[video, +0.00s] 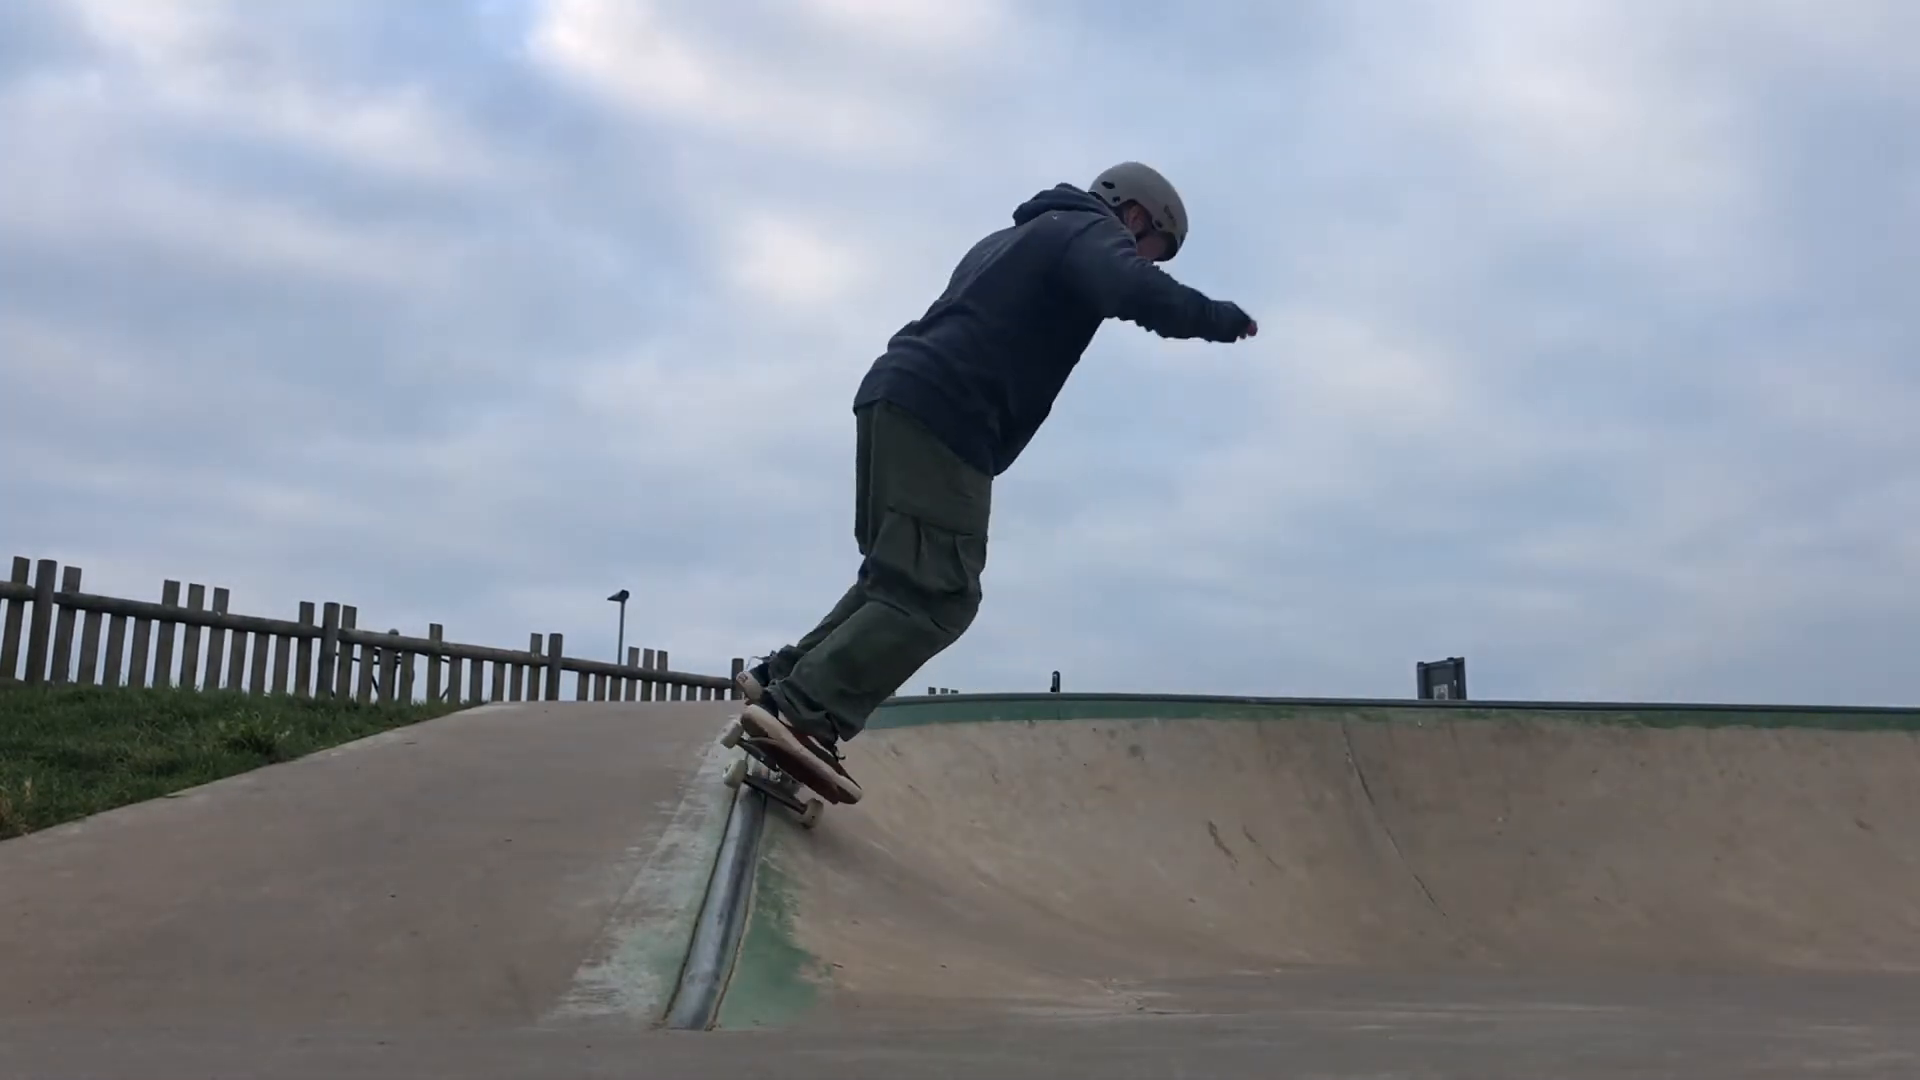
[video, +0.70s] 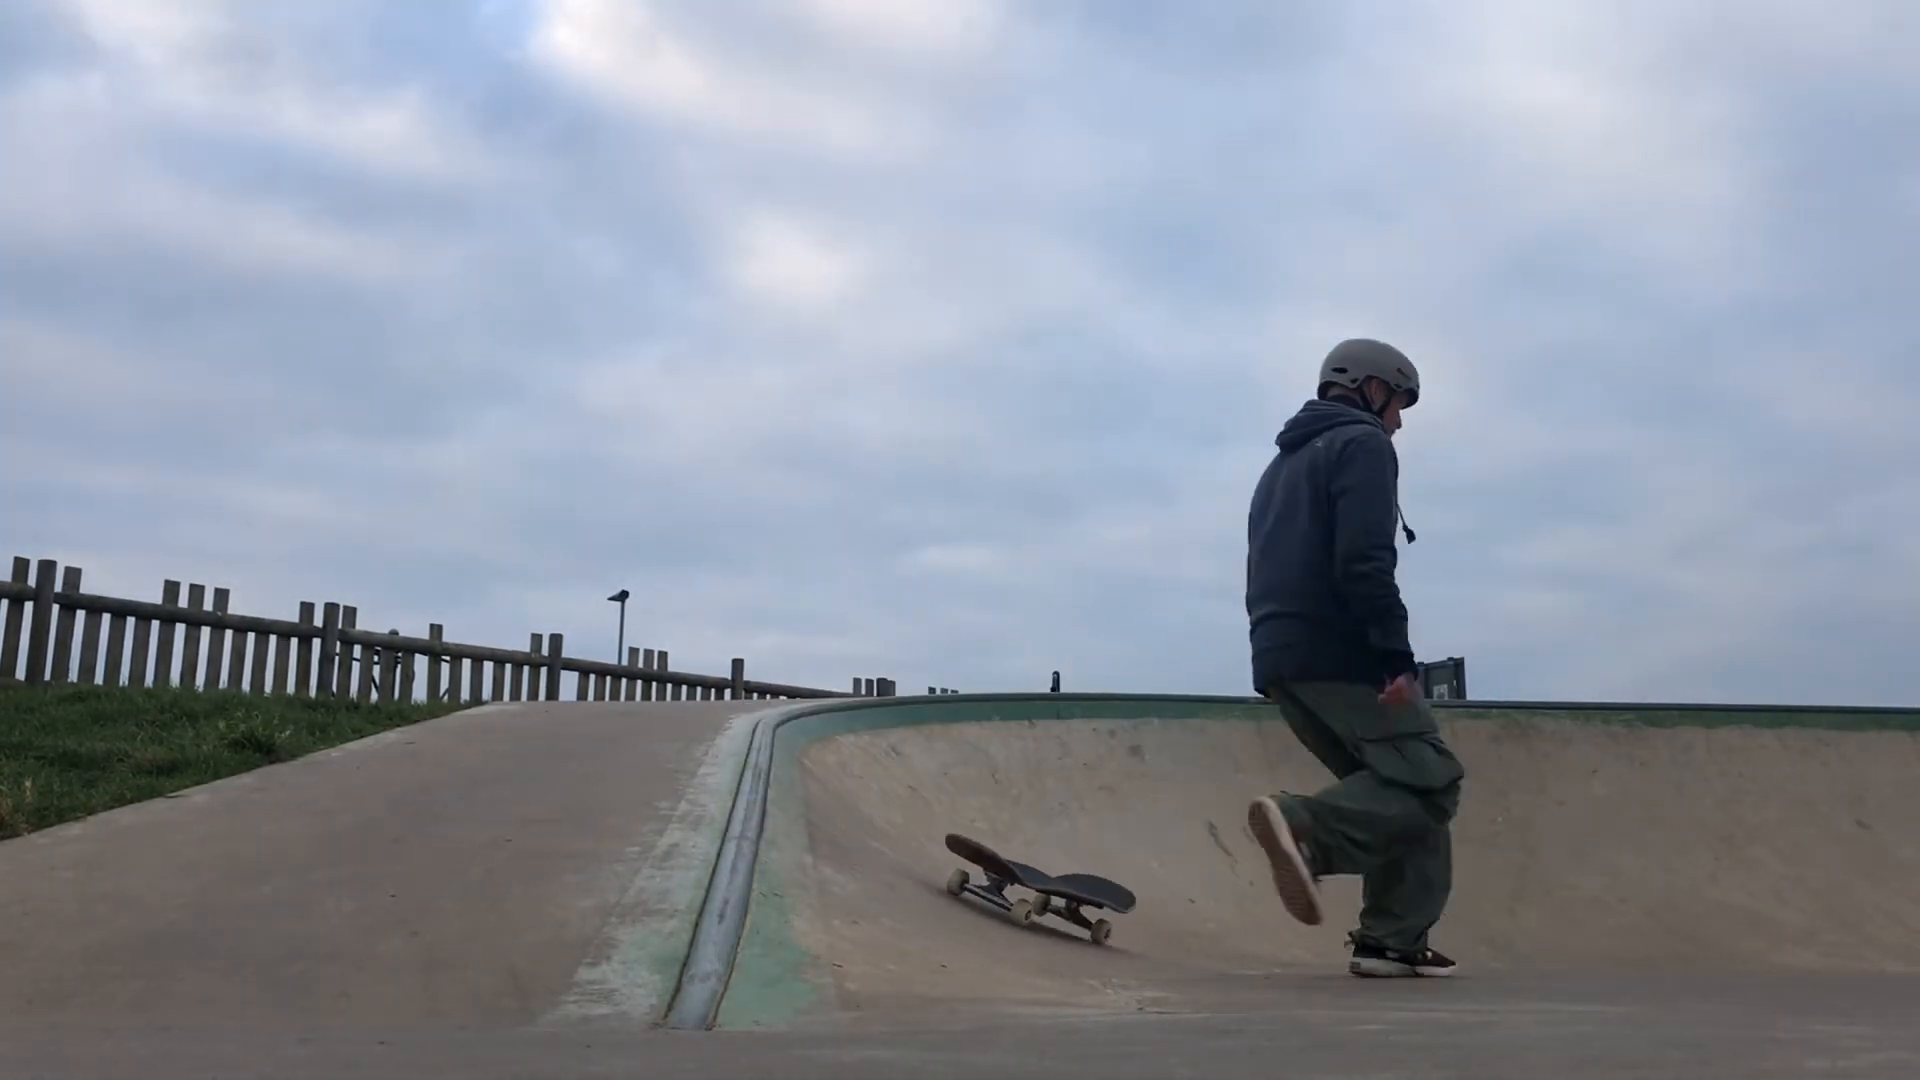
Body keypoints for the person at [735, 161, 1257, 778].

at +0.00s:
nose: (1155, 257)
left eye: (1164, 249)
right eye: (1158, 242)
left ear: (1110, 201)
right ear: (1131, 213)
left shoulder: (1022, 233)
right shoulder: (1082, 230)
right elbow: (1136, 287)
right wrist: (1217, 314)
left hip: (897, 395)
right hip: (939, 412)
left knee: (899, 578)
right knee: (937, 593)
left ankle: (785, 685)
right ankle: (805, 714)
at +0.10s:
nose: (1180, 261)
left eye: (1185, 253)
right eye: (1182, 248)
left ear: (1129, 207)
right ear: (1156, 222)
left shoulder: (1028, 247)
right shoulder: (1117, 241)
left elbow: (936, 313)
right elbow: (1199, 278)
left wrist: (952, 388)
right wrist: (1289, 275)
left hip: (931, 411)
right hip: (977, 423)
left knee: (948, 595)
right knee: (984, 599)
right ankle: (824, 672)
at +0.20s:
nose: (1201, 288)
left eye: (1207, 280)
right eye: (1202, 276)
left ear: (1154, 241)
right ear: (1175, 254)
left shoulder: (1045, 292)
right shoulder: (1136, 272)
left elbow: (958, 364)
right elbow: (1213, 298)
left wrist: (962, 441)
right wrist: (1301, 310)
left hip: (963, 459)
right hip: (1017, 459)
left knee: (996, 640)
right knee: (1055, 633)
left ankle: (935, 796)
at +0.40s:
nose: (1260, 373)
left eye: (1266, 363)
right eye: (1261, 357)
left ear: (1205, 330)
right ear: (1233, 334)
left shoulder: (1115, 397)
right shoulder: (1198, 368)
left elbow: (1048, 513)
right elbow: (1239, 406)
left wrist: (1055, 604)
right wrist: (1334, 391)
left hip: (1090, 583)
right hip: (1133, 589)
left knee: (1219, 701)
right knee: (1146, 756)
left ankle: (1096, 802)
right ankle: (1043, 894)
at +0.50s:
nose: (1306, 384)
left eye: (1312, 373)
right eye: (1308, 367)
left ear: (1248, 342)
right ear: (1278, 345)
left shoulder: (1164, 416)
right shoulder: (1252, 385)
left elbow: (1111, 533)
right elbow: (1285, 457)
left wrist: (1130, 624)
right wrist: (1388, 490)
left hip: (1155, 599)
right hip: (1195, 600)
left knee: (1283, 720)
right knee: (1168, 754)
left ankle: (1295, 892)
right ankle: (1054, 881)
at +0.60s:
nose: (1353, 396)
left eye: (1358, 384)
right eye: (1354, 379)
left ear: (1293, 360)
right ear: (1325, 361)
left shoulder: (1218, 440)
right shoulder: (1310, 409)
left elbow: (1184, 556)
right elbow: (1328, 509)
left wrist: (1223, 613)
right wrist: (1399, 599)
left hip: (1227, 622)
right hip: (1279, 617)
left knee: (1343, 769)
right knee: (1284, 767)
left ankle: (1382, 935)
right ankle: (1135, 845)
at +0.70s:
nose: (1399, 420)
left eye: (1403, 408)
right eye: (1399, 405)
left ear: (1335, 391)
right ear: (1371, 390)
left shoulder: (1285, 463)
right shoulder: (1363, 443)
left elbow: (1270, 573)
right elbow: (1365, 560)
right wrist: (1396, 659)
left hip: (1280, 658)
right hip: (1337, 651)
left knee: (1405, 792)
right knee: (1430, 775)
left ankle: (1392, 941)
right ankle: (1305, 825)